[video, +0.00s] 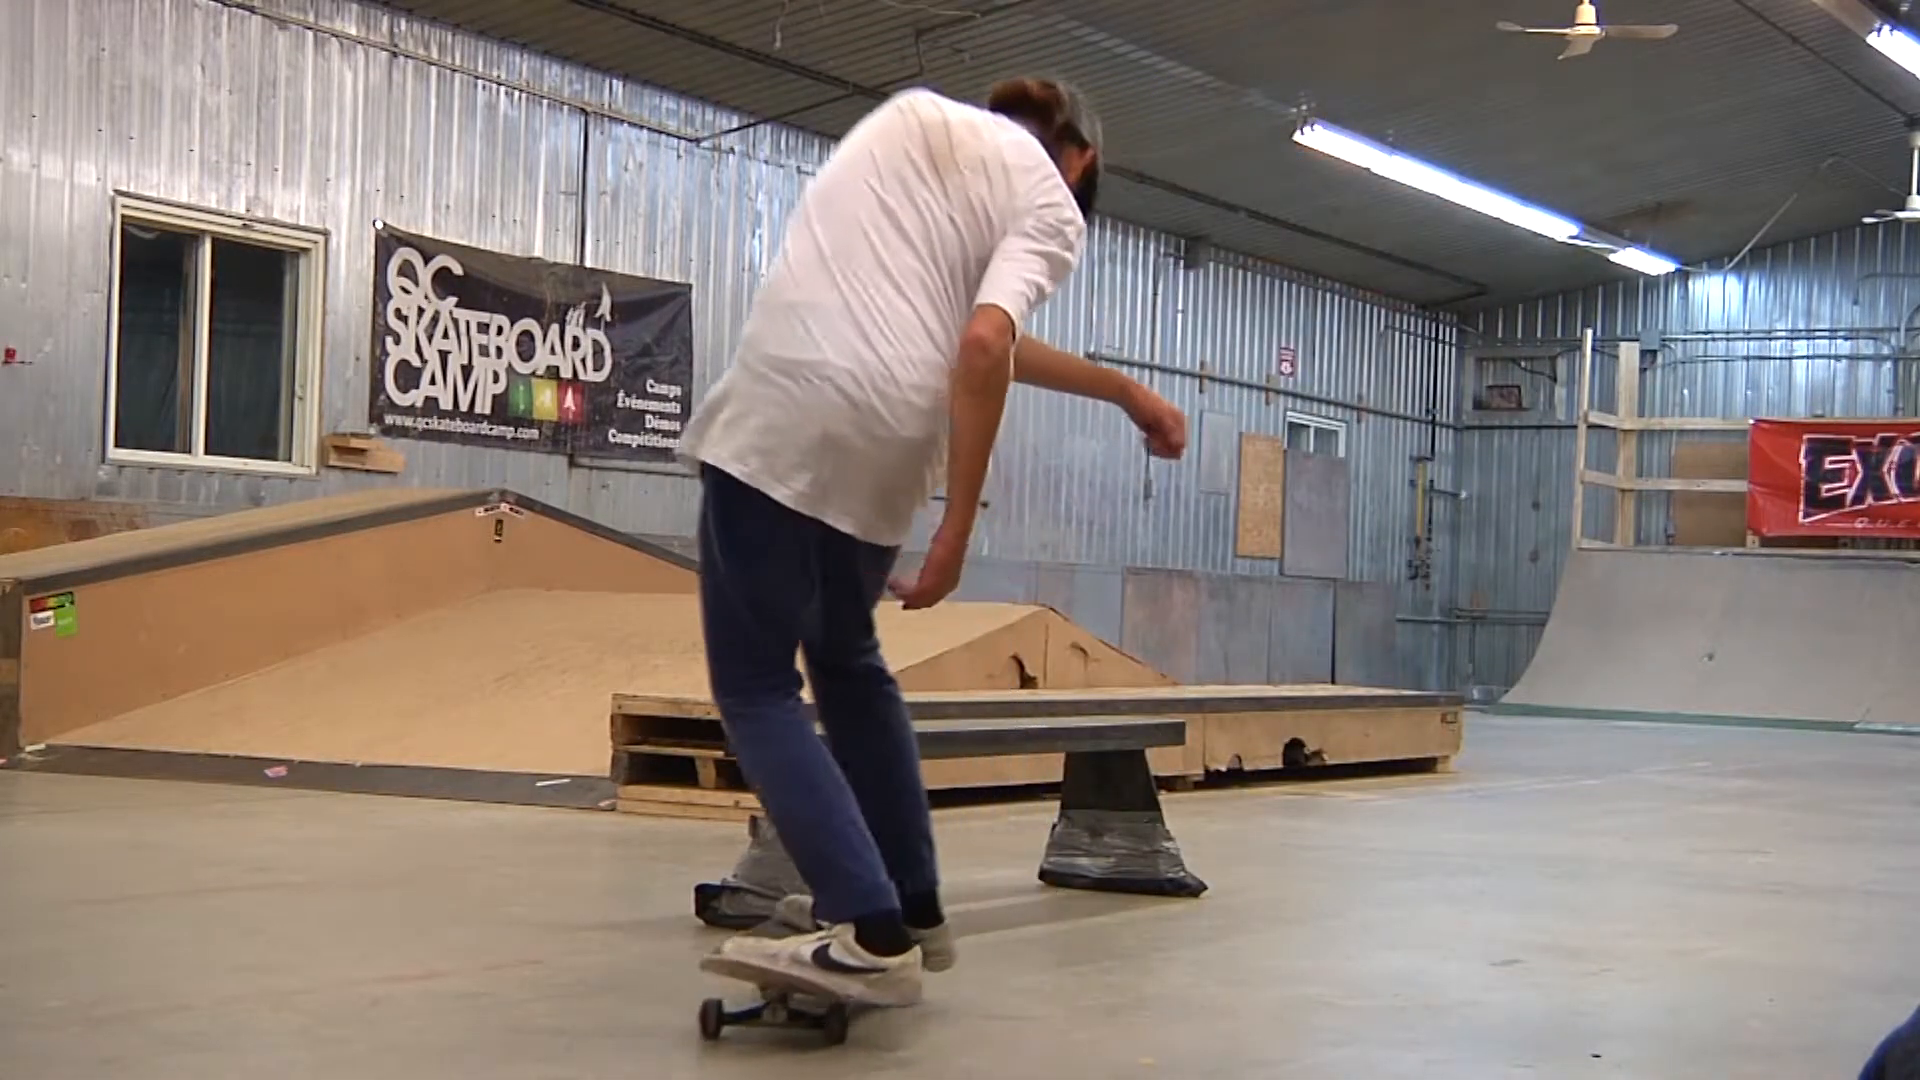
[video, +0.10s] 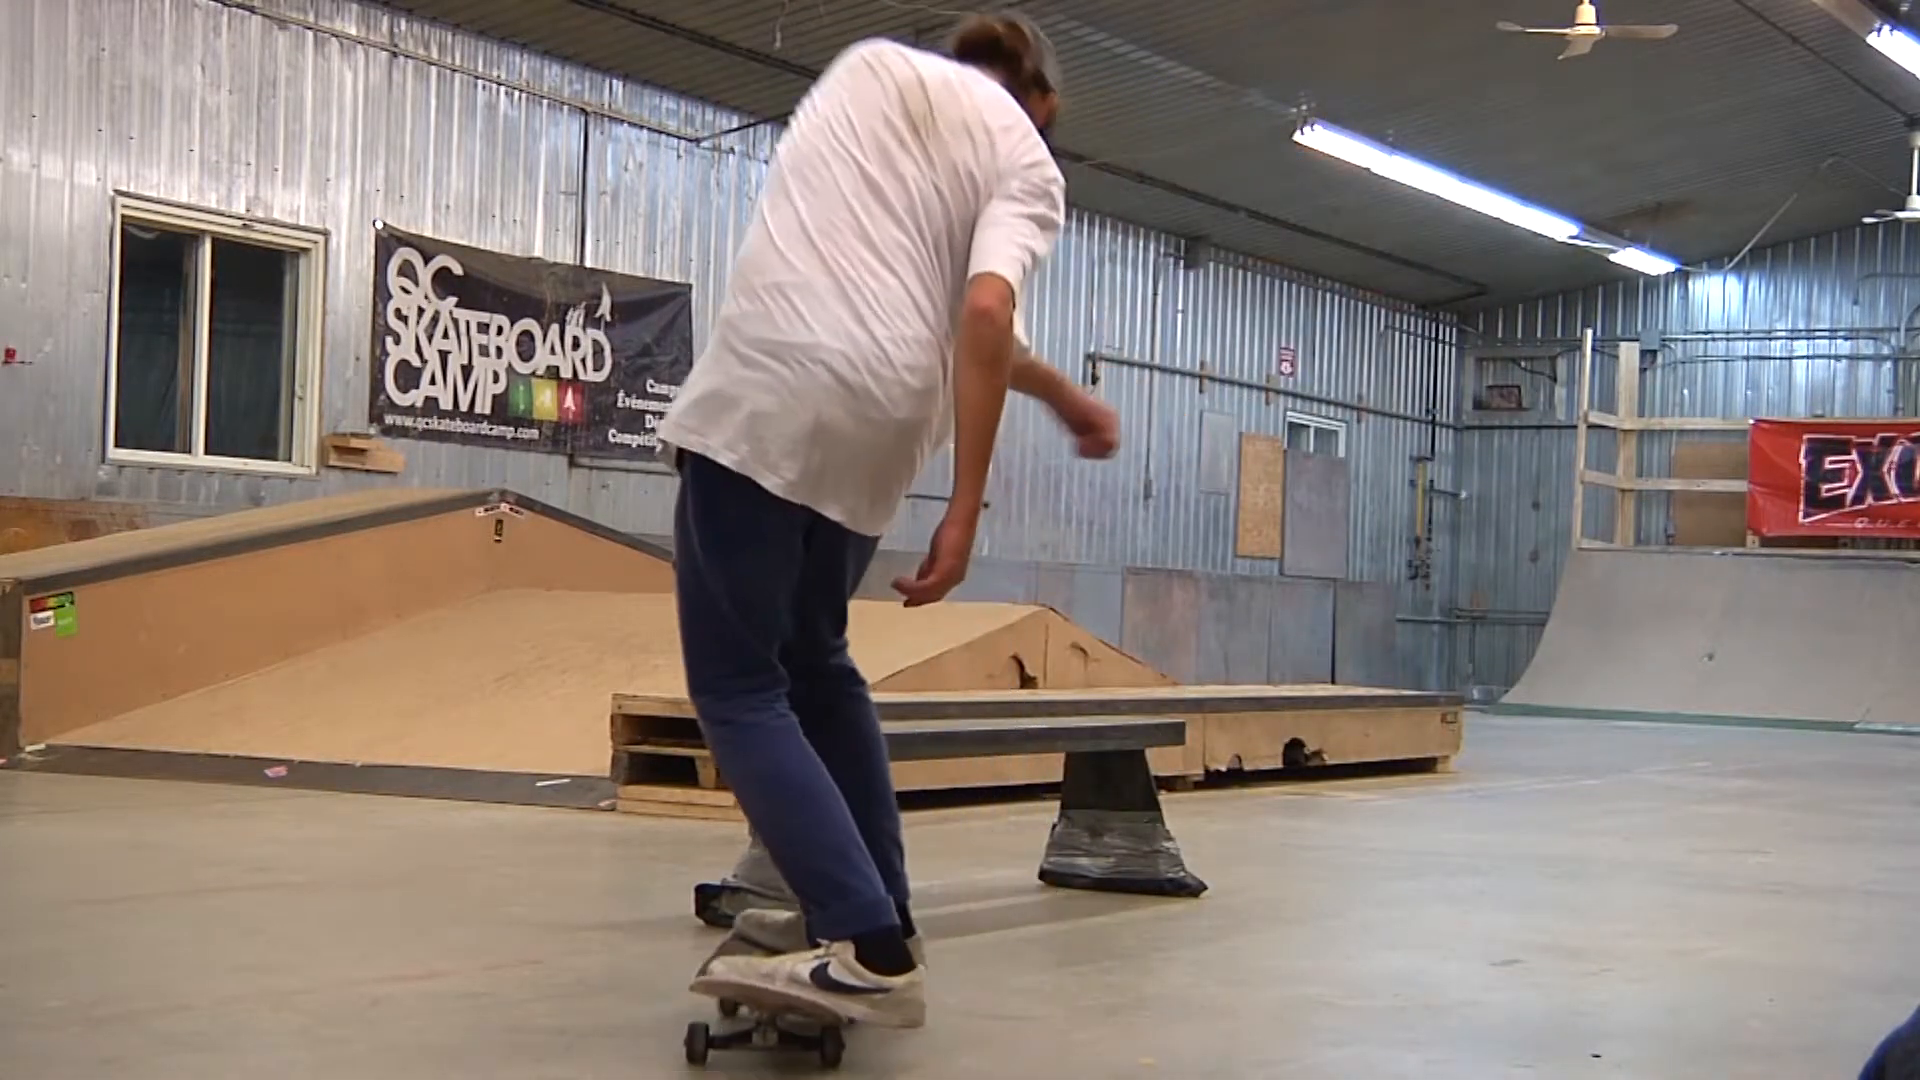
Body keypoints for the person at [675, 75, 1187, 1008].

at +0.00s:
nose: (1075, 202)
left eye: (1082, 190)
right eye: (1082, 187)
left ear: (1008, 116)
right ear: (1074, 157)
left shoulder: (912, 117)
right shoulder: (1050, 204)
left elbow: (974, 337)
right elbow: (986, 344)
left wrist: (1124, 391)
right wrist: (956, 531)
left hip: (768, 407)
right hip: (882, 439)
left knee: (756, 691)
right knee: (847, 654)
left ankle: (869, 928)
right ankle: (913, 907)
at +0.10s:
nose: (1045, 142)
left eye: (1050, 128)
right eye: (1048, 127)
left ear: (960, 56)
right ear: (1032, 101)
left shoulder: (866, 66)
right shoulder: (1027, 161)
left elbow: (910, 289)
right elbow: (988, 311)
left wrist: (1058, 393)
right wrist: (964, 507)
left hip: (758, 388)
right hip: (881, 428)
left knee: (739, 694)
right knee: (818, 659)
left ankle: (868, 945)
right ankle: (881, 917)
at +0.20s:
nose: (997, 63)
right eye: (1000, 49)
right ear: (984, 35)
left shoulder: (809, 18)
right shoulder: (1003, 113)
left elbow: (818, 237)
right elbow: (997, 283)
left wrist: (929, 410)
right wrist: (986, 485)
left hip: (762, 364)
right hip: (884, 402)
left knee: (724, 694)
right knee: (793, 652)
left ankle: (878, 963)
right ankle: (860, 924)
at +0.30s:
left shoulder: (741, 11)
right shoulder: (968, 64)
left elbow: (692, 237)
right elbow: (1013, 247)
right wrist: (1009, 461)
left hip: (772, 342)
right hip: (900, 376)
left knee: (713, 684)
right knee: (762, 650)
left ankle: (899, 976)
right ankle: (819, 922)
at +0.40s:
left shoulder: (705, 2)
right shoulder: (925, 32)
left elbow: (600, 170)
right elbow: (1018, 228)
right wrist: (1024, 443)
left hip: (784, 314)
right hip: (907, 352)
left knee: (698, 680)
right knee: (728, 660)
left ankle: (913, 989)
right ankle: (831, 952)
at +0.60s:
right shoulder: (836, 33)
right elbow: (925, 184)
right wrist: (922, 412)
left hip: (757, 254)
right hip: (880, 311)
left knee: (672, 673)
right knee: (714, 667)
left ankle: (920, 1030)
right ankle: (852, 994)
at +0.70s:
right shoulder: (784, 35)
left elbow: (543, 61)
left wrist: (423, 278)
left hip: (714, 255)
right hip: (823, 298)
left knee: (634, 672)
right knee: (695, 669)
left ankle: (872, 1031)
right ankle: (902, 1000)